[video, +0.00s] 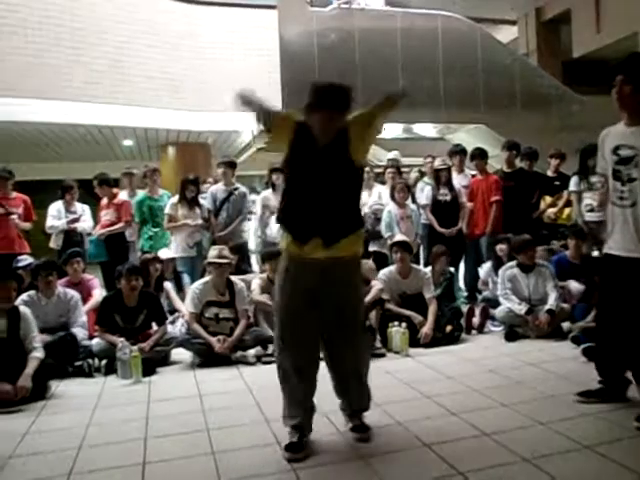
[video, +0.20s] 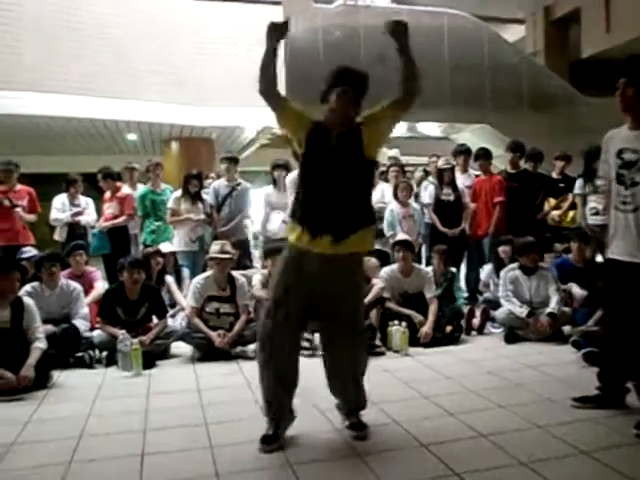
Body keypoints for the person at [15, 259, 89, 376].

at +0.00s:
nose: (49, 279)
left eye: (51, 275)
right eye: (44, 276)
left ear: (57, 277)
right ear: (36, 281)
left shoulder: (71, 297)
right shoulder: (26, 301)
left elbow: (82, 331)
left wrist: (52, 338)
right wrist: (35, 338)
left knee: (70, 339)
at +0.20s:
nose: (51, 270)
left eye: (54, 266)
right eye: (46, 267)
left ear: (60, 269)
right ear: (40, 272)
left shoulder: (74, 289)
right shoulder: (29, 292)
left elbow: (83, 321)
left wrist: (56, 329)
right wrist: (39, 329)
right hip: (39, 336)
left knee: (71, 332)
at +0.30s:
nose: (47, 268)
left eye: (50, 264)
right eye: (42, 265)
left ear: (56, 266)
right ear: (36, 270)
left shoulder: (70, 287)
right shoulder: (25, 290)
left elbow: (80, 319)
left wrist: (53, 328)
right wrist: (35, 327)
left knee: (68, 330)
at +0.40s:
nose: (45, 268)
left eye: (48, 264)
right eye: (40, 266)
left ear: (54, 266)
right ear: (34, 270)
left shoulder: (68, 286)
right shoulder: (23, 290)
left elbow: (79, 319)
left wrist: (53, 328)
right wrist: (33, 327)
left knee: (66, 332)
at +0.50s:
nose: (39, 267)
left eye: (42, 263)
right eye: (34, 264)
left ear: (49, 266)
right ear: (28, 269)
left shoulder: (62, 286)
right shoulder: (17, 288)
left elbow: (73, 319)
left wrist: (46, 327)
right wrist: (26, 326)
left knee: (60, 331)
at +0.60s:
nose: (34, 268)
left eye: (37, 263)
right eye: (29, 265)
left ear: (44, 266)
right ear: (23, 269)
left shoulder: (57, 286)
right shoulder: (12, 290)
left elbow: (67, 318)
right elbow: (6, 320)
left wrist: (43, 329)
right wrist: (22, 327)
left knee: (55, 333)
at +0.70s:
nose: (31, 270)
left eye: (35, 265)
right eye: (27, 266)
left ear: (40, 267)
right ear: (19, 269)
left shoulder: (53, 287)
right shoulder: (8, 290)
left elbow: (63, 316)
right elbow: (7, 320)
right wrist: (20, 329)